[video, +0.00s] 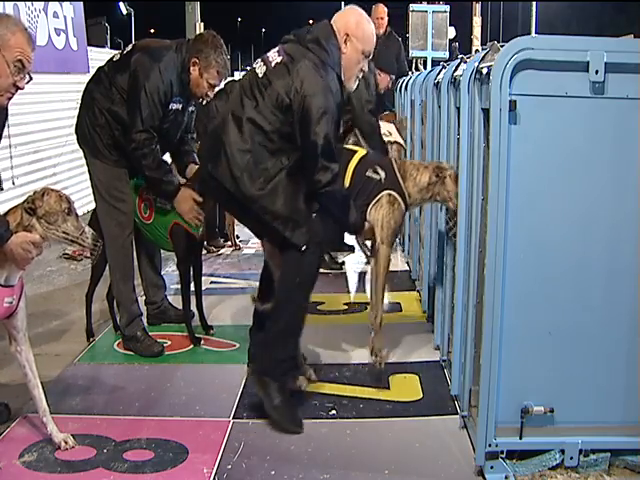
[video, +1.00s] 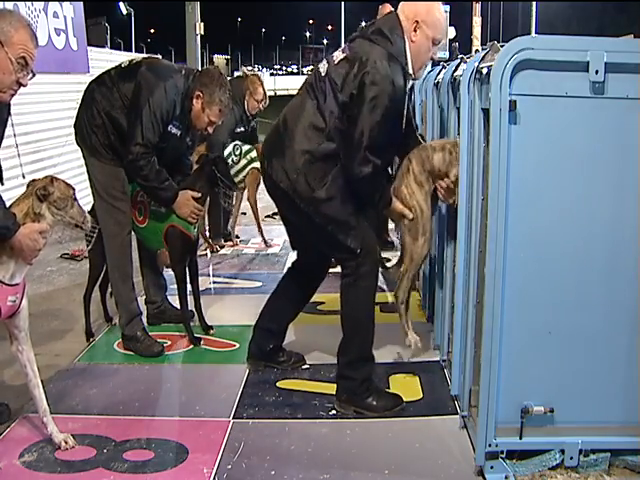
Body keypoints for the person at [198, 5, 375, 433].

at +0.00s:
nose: (363, 68)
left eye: (366, 59)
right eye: (363, 57)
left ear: (340, 37)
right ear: (344, 41)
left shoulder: (306, 52)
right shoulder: (319, 79)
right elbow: (324, 166)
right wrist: (348, 219)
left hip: (225, 150)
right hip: (237, 164)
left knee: (288, 244)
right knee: (306, 246)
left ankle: (271, 352)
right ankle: (272, 372)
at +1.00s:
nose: (435, 54)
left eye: (438, 45)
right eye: (435, 43)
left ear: (409, 26)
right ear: (413, 29)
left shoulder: (375, 51)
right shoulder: (384, 65)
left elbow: (401, 136)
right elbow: (364, 161)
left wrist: (435, 171)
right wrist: (388, 203)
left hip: (284, 160)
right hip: (304, 167)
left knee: (314, 256)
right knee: (362, 256)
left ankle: (264, 345)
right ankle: (356, 386)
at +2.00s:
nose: (435, 67)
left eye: (438, 58)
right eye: (434, 56)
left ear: (406, 40)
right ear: (414, 43)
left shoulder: (367, 68)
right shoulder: (396, 98)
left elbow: (415, 151)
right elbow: (409, 184)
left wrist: (461, 176)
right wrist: (456, 204)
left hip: (289, 193)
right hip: (319, 204)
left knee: (333, 269)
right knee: (388, 267)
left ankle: (267, 341)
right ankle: (358, 387)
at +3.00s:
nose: (407, 119)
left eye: (407, 111)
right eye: (403, 112)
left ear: (374, 105)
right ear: (382, 110)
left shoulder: (349, 124)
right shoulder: (378, 164)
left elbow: (391, 154)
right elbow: (438, 221)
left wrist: (429, 166)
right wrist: (489, 225)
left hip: (302, 267)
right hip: (324, 278)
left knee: (349, 351)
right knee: (404, 279)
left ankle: (276, 330)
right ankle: (358, 387)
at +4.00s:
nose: (402, 84)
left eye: (404, 75)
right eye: (403, 74)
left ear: (376, 59)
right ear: (390, 66)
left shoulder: (344, 86)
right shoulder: (353, 98)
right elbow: (361, 193)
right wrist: (393, 236)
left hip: (297, 230)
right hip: (305, 234)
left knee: (349, 314)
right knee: (391, 271)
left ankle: (271, 336)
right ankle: (357, 387)